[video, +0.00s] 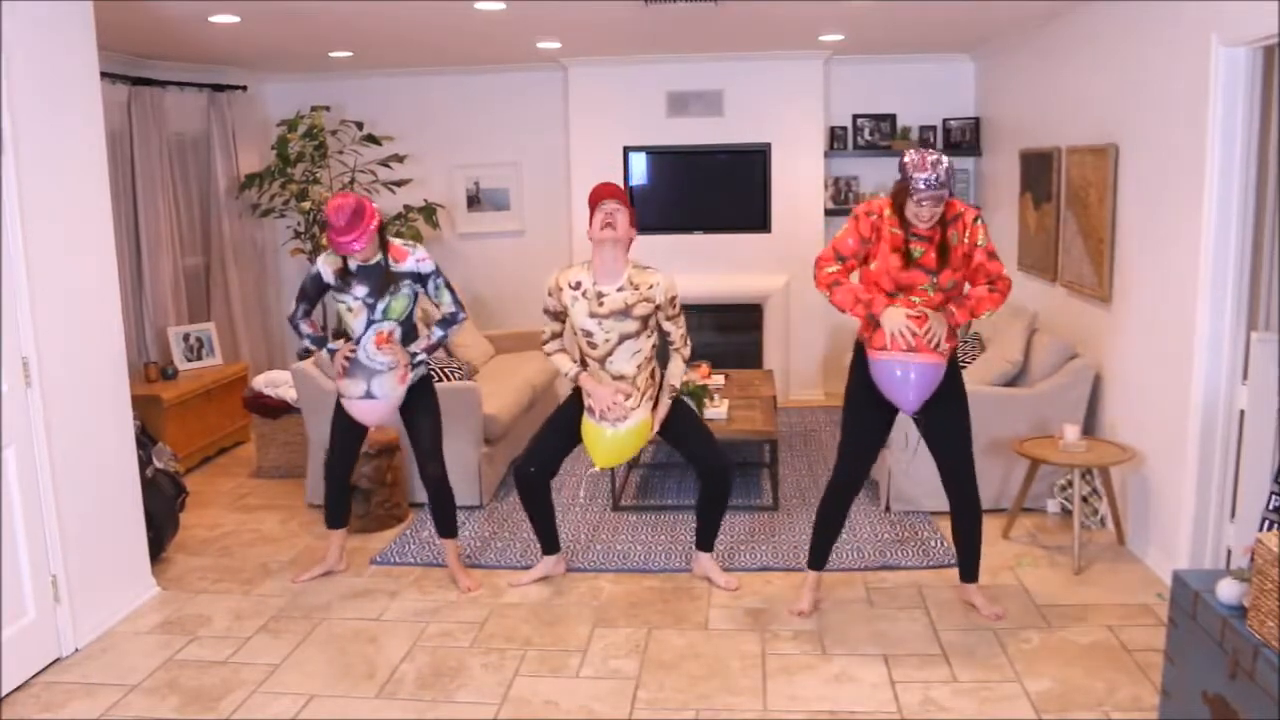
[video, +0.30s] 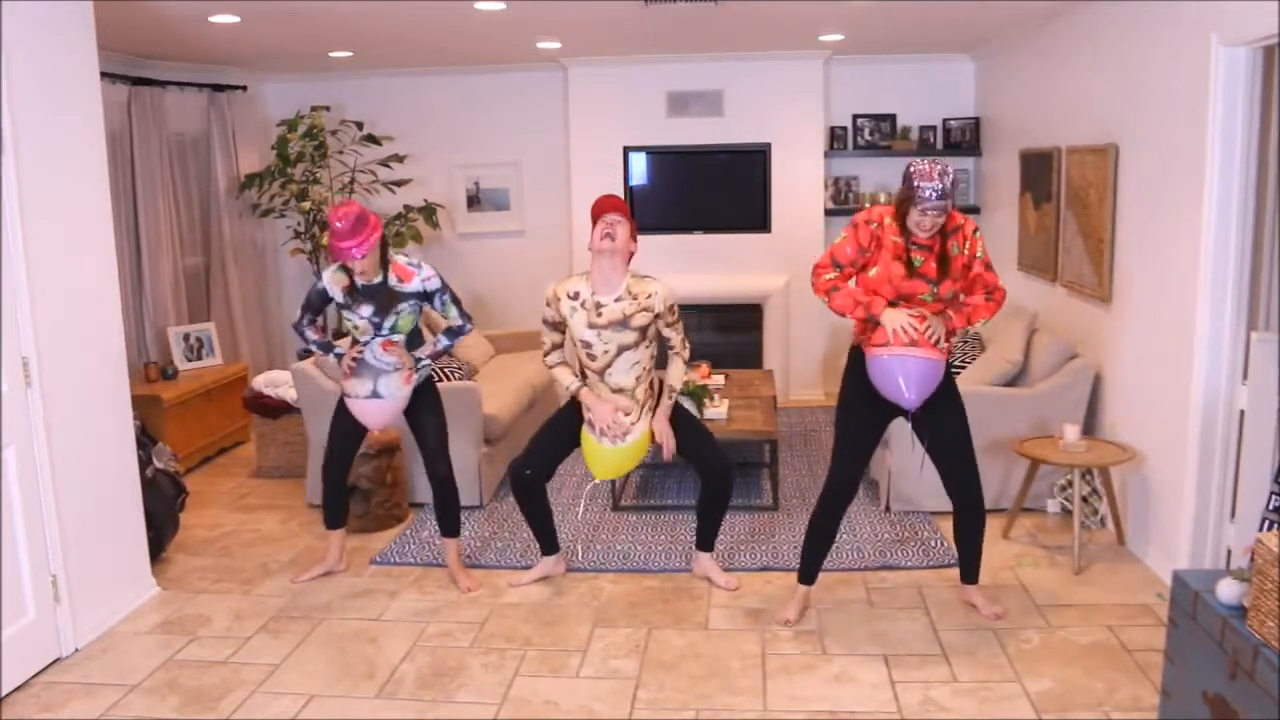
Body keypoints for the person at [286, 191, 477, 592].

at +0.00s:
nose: (353, 253)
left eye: (359, 244)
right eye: (345, 247)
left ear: (376, 227)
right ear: (335, 240)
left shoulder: (412, 259)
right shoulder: (327, 268)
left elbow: (454, 313)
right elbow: (299, 317)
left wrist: (415, 352)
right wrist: (327, 351)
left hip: (410, 377)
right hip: (357, 381)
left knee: (433, 469)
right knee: (337, 467)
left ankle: (454, 562)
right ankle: (334, 555)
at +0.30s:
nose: (355, 262)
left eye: (362, 253)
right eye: (347, 256)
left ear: (378, 239)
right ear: (338, 251)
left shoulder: (416, 274)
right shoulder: (332, 281)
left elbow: (460, 325)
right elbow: (304, 325)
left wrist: (417, 358)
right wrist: (336, 356)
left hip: (413, 378)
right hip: (361, 380)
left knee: (439, 466)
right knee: (334, 466)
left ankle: (454, 560)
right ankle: (335, 554)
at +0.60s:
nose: (353, 240)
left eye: (363, 233)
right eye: (348, 233)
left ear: (383, 241)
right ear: (342, 240)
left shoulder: (415, 285)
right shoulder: (334, 287)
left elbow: (460, 336)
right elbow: (303, 332)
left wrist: (417, 368)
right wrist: (334, 368)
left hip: (412, 384)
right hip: (358, 387)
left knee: (449, 469)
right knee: (321, 470)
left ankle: (455, 561)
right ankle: (333, 556)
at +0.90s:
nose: (362, 219)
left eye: (372, 215)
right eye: (356, 215)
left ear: (388, 232)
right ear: (347, 230)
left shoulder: (413, 277)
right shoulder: (332, 280)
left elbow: (458, 333)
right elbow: (302, 329)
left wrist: (416, 367)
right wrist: (332, 367)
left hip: (411, 384)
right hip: (356, 388)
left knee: (446, 468)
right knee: (321, 474)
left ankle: (456, 561)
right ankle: (333, 555)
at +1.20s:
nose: (358, 224)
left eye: (368, 218)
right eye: (353, 218)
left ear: (386, 229)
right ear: (345, 229)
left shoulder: (412, 273)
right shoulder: (334, 278)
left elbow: (455, 331)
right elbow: (304, 328)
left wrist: (415, 367)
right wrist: (332, 367)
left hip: (408, 386)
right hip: (355, 389)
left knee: (445, 471)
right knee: (320, 476)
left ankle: (455, 561)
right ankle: (333, 556)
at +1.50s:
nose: (363, 249)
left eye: (370, 239)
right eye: (355, 241)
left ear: (386, 235)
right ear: (345, 241)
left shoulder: (415, 273)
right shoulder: (335, 280)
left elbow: (456, 331)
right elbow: (305, 329)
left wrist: (415, 368)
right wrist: (332, 370)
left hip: (408, 387)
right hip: (355, 389)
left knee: (445, 474)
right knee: (317, 477)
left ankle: (455, 561)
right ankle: (333, 555)